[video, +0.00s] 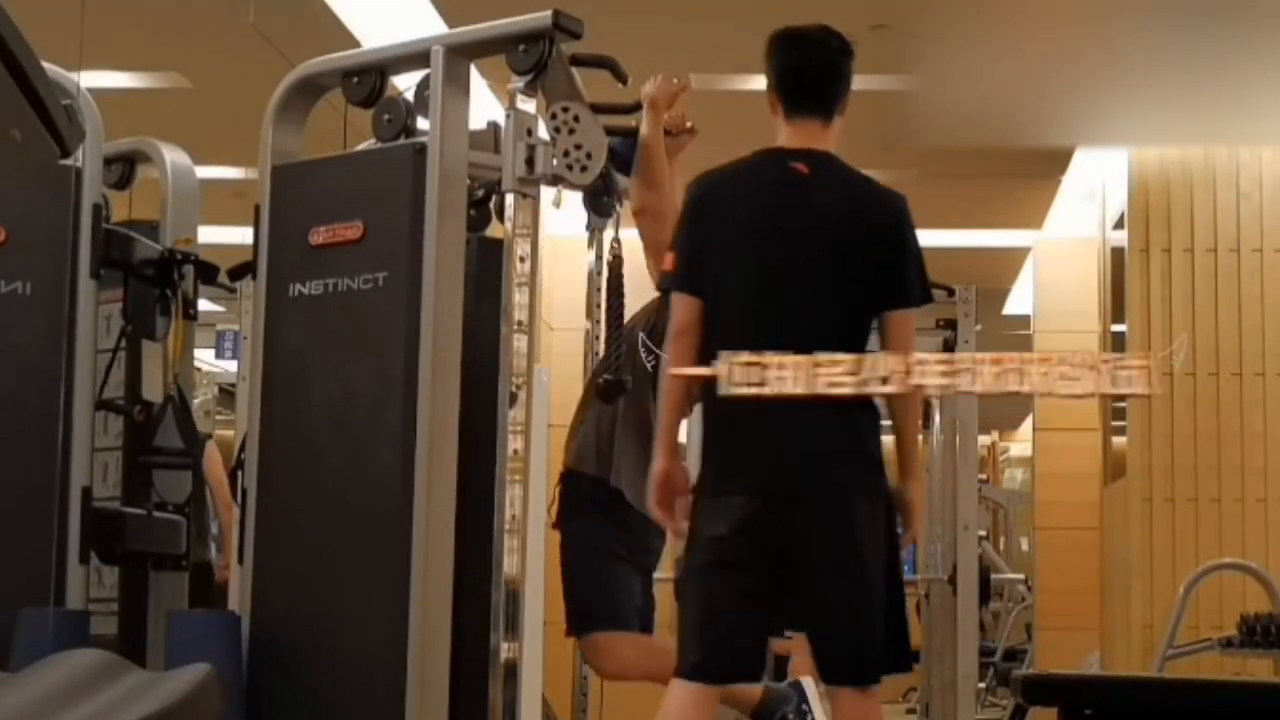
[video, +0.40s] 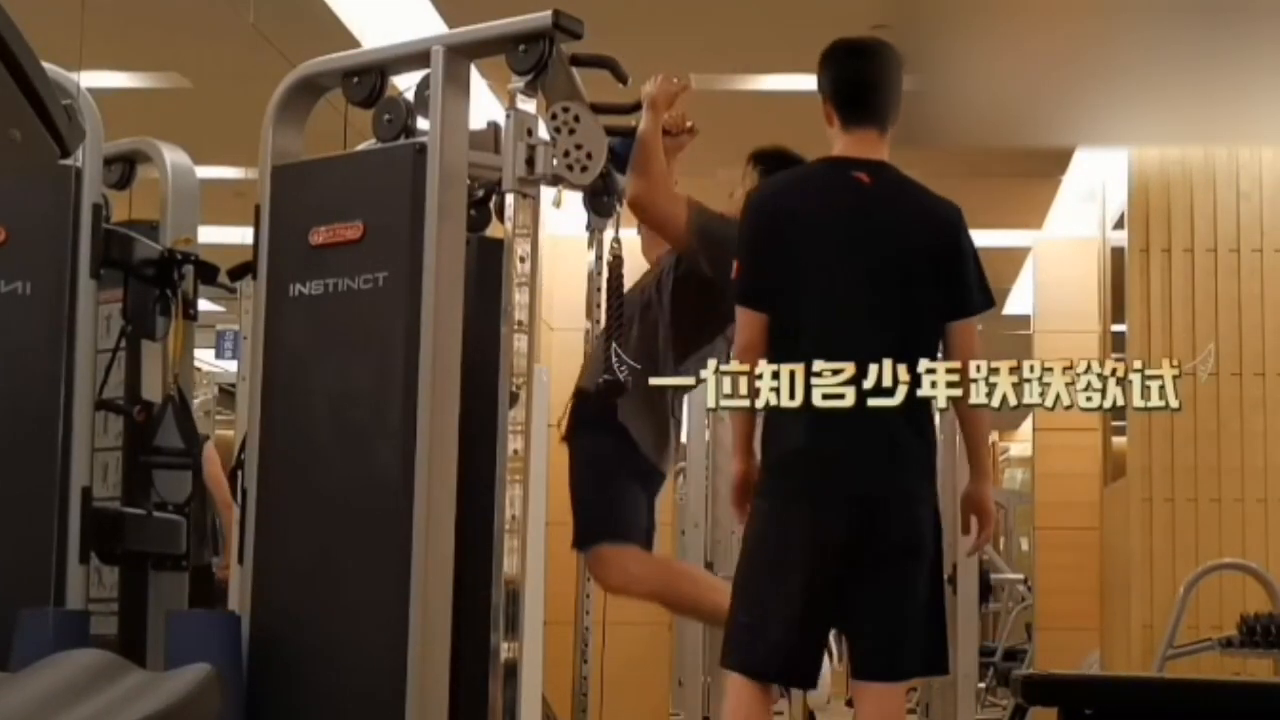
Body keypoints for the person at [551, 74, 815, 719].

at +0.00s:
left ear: (700, 240)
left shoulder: (692, 294)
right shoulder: (690, 293)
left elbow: (653, 208)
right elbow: (656, 214)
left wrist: (650, 118)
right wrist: (666, 135)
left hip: (612, 464)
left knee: (609, 649)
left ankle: (763, 692)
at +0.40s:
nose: (735, 190)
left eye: (744, 185)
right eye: (741, 184)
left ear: (762, 194)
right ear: (786, 205)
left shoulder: (739, 246)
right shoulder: (738, 248)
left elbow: (647, 198)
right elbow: (659, 227)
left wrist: (651, 121)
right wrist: (664, 146)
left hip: (620, 402)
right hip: (621, 402)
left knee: (616, 563)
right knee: (621, 563)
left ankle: (768, 624)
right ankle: (768, 627)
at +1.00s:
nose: (709, 136)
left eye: (718, 126)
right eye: (713, 127)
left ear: (742, 136)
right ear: (760, 145)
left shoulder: (727, 191)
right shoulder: (737, 196)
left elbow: (636, 185)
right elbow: (647, 191)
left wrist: (645, 115)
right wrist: (663, 136)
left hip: (630, 378)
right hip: (644, 380)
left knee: (608, 533)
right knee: (621, 537)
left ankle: (706, 678)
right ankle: (704, 677)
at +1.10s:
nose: (699, 174)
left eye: (709, 161)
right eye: (703, 163)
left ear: (735, 169)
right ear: (747, 176)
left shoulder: (721, 221)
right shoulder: (732, 234)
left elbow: (635, 189)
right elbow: (653, 253)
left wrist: (646, 117)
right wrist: (662, 152)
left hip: (639, 416)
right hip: (661, 417)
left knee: (612, 588)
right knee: (644, 590)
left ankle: (644, 718)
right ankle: (661, 715)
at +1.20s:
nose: (688, 211)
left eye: (699, 201)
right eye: (692, 201)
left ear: (729, 215)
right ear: (727, 218)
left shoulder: (723, 267)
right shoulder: (715, 276)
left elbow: (641, 200)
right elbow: (651, 245)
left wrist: (647, 120)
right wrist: (662, 156)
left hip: (654, 482)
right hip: (670, 485)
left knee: (594, 637)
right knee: (629, 645)